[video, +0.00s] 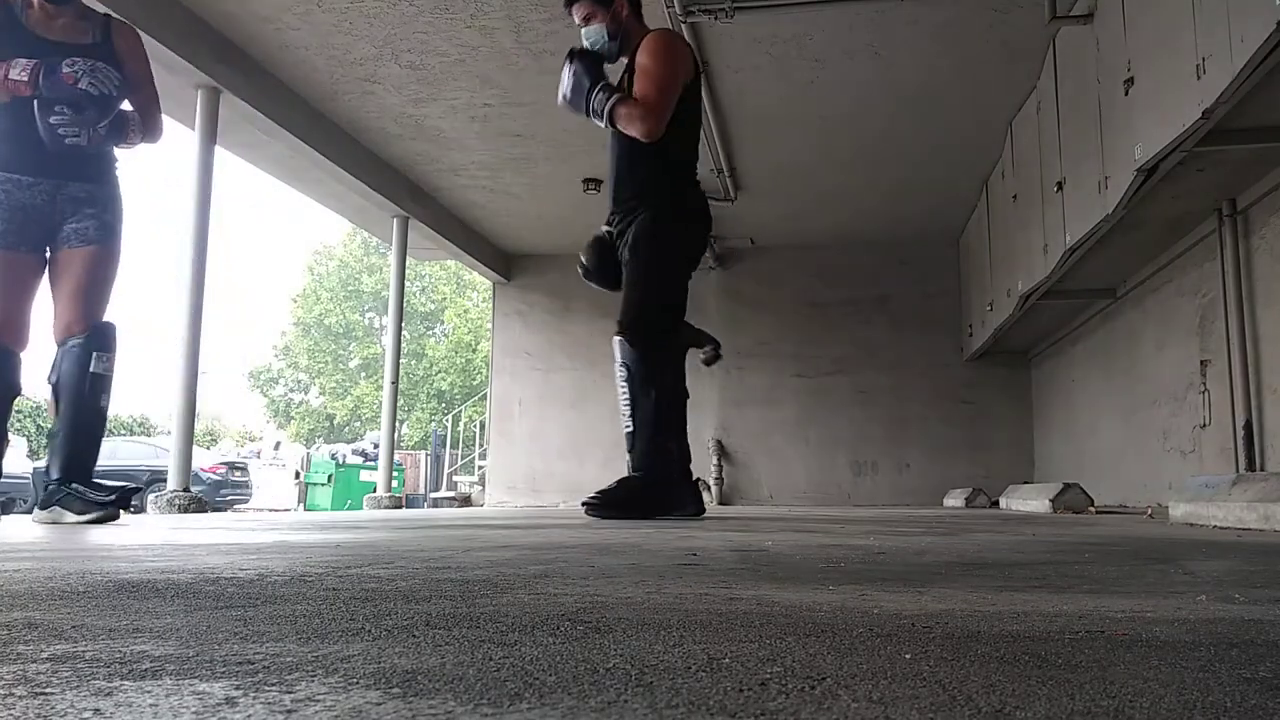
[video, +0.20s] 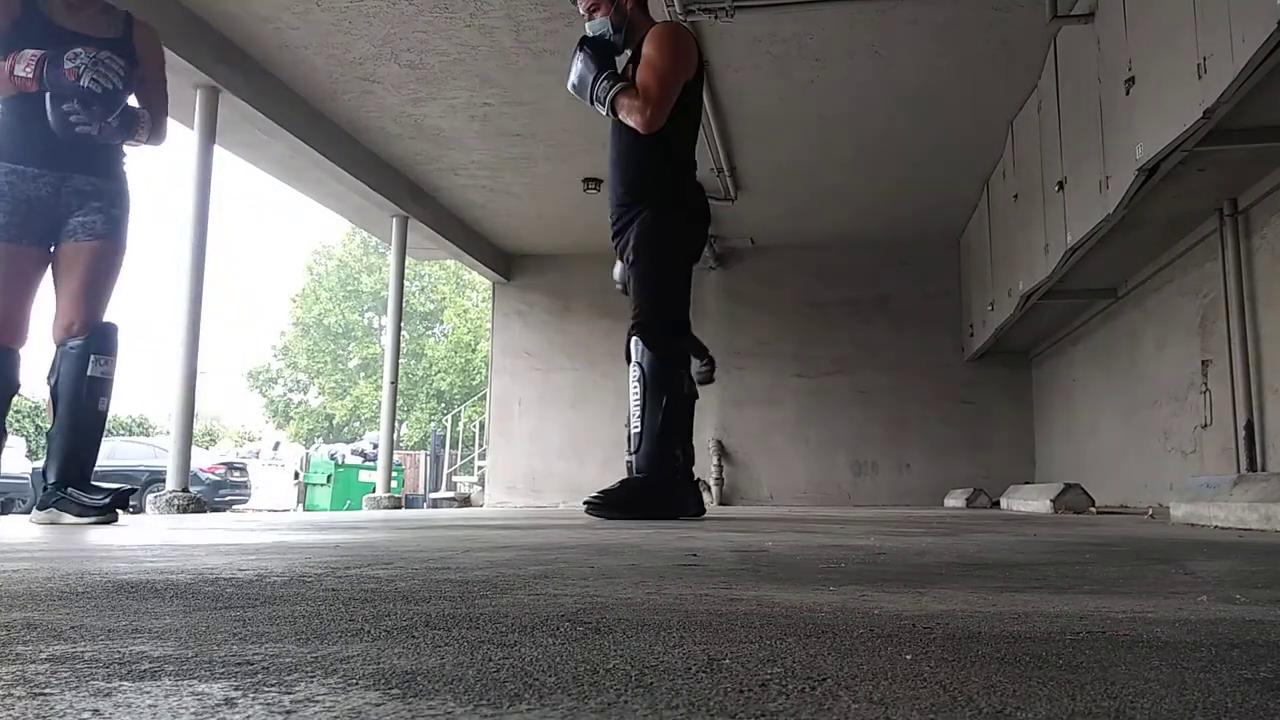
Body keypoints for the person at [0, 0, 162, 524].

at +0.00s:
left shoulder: (117, 32)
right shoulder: (9, 20)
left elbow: (152, 123)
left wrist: (128, 130)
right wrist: (6, 88)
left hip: (90, 196)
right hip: (14, 192)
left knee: (79, 341)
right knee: (6, 343)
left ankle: (62, 484)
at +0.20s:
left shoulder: (138, 32)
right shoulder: (17, 9)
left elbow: (156, 124)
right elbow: (3, 76)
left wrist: (126, 124)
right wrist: (11, 79)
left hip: (98, 187)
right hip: (16, 179)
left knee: (77, 333)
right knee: (6, 336)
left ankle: (59, 484)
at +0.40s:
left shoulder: (154, 34)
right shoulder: (28, 5)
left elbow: (156, 129)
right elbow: (1, 58)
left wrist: (143, 122)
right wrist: (35, 70)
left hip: (104, 181)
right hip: (20, 165)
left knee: (85, 337)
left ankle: (64, 484)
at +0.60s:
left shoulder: (137, 24)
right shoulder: (27, 6)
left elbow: (137, 120)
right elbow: (2, 47)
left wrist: (151, 104)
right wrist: (29, 64)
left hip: (95, 170)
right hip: (18, 153)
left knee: (83, 333)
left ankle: (65, 485)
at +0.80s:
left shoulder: (83, 17)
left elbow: (151, 100)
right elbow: (150, 99)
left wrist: (74, 108)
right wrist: (80, 107)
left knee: (73, 325)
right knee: (73, 323)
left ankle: (63, 485)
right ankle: (64, 485)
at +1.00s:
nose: (71, 13)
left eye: (73, 14)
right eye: (70, 11)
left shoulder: (38, 25)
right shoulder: (25, 13)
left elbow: (20, 99)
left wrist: (84, 98)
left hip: (25, 150)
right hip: (18, 151)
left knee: (89, 317)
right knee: (89, 316)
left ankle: (68, 470)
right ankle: (70, 469)